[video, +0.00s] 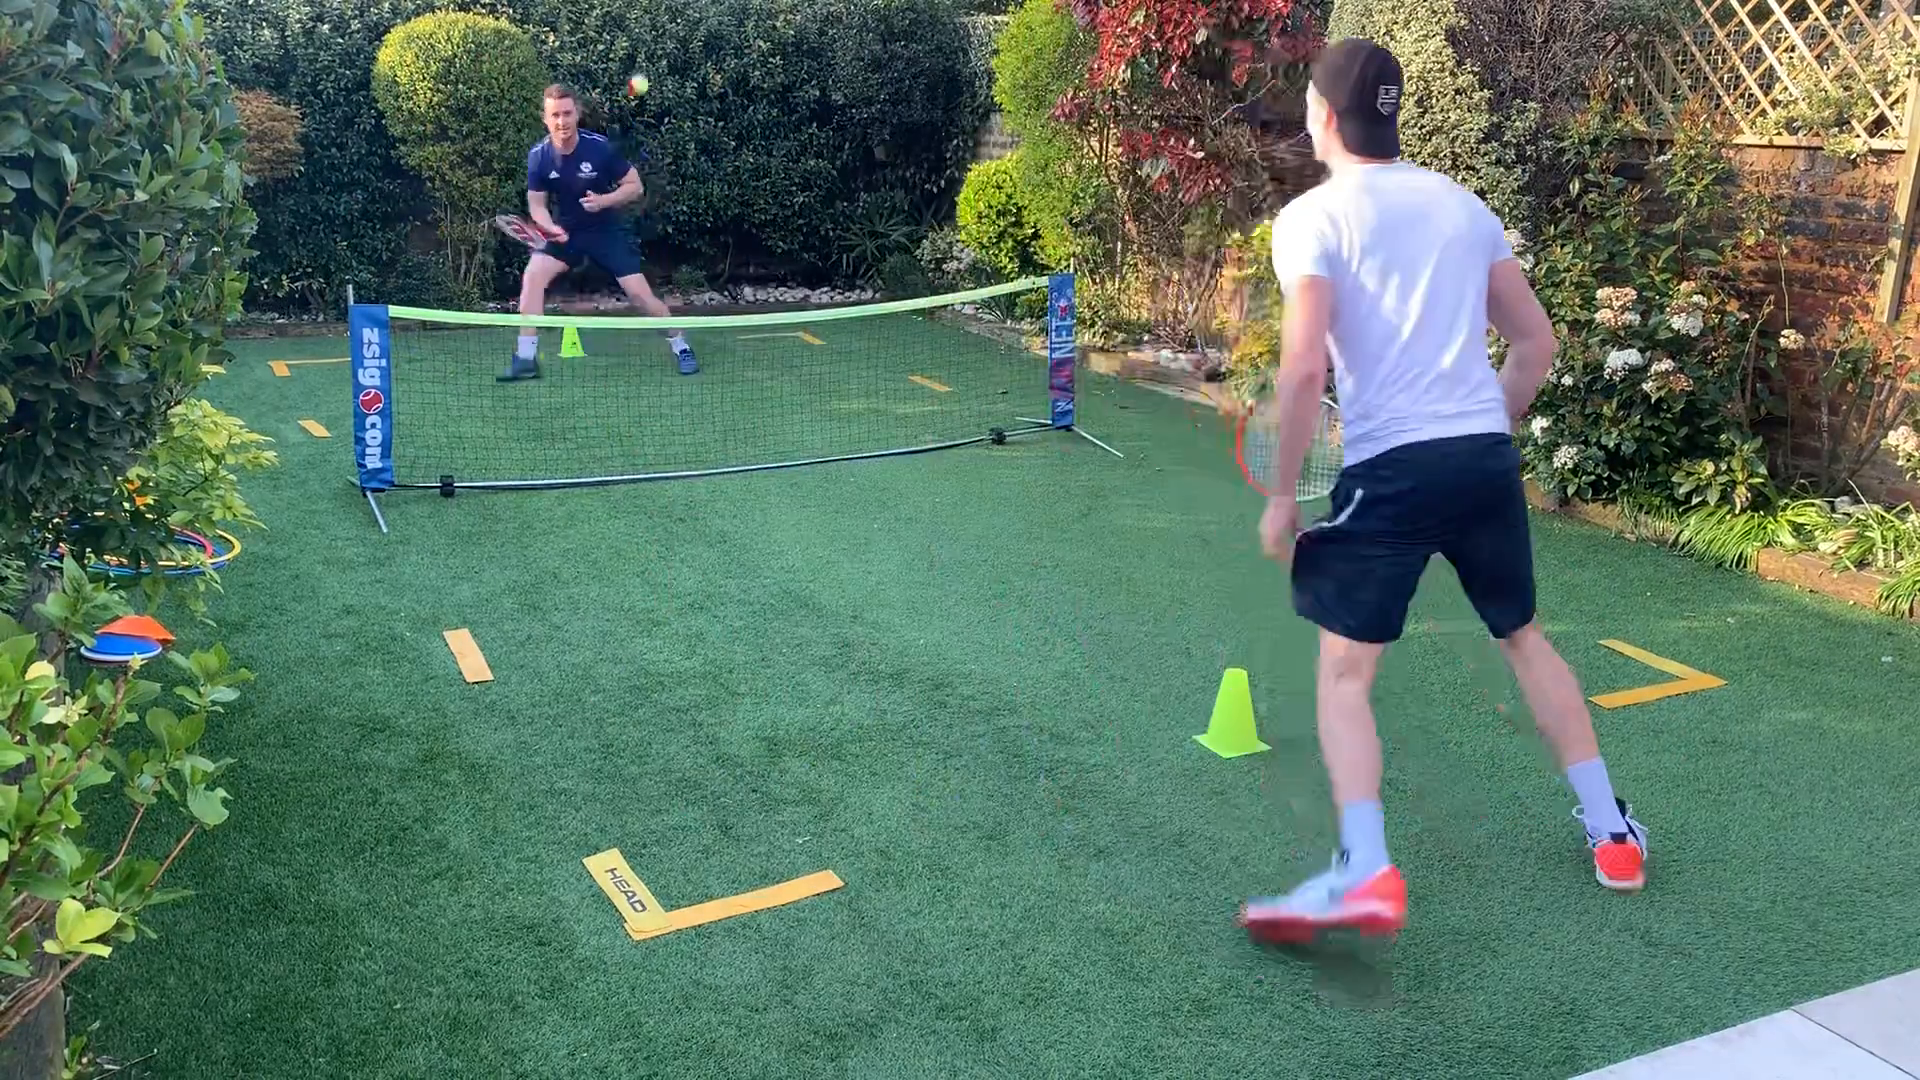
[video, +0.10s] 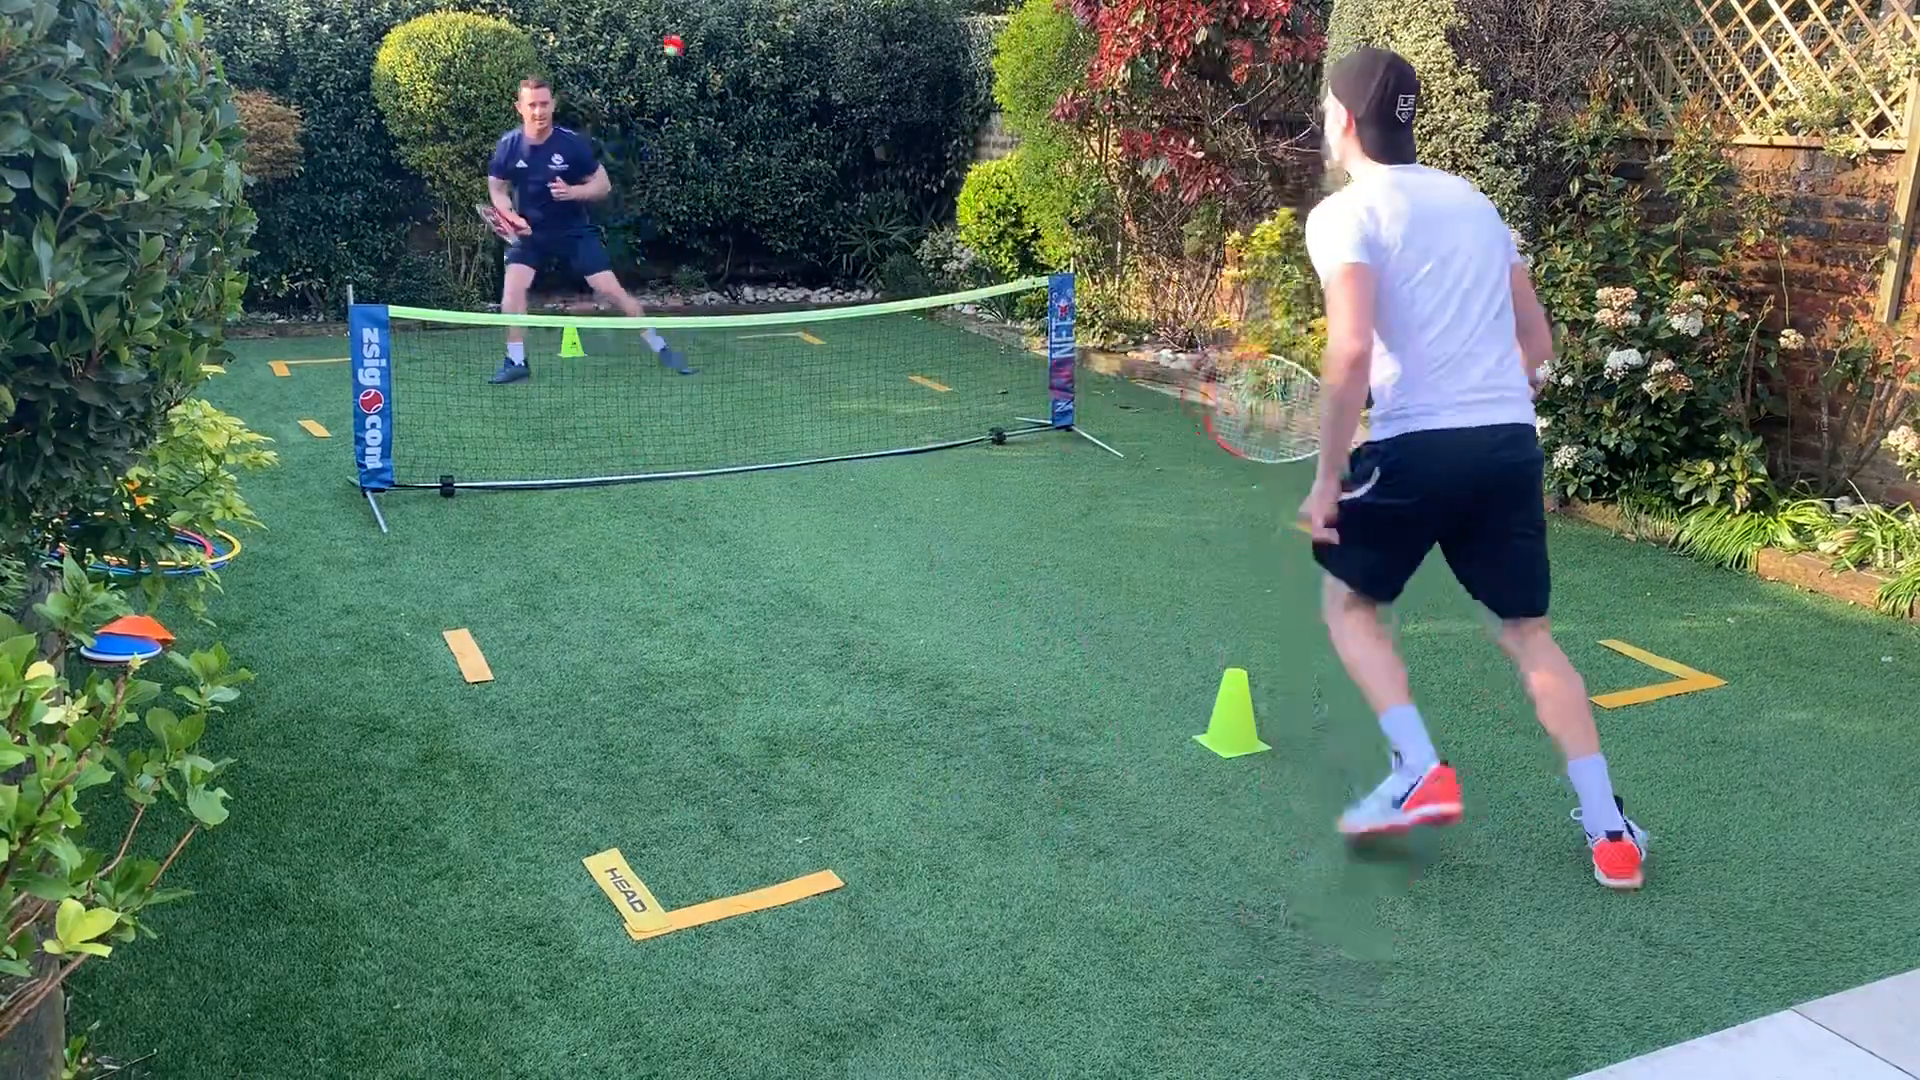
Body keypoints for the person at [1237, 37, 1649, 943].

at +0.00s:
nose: (1306, 122)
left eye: (1309, 108)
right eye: (1309, 106)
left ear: (1324, 116)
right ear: (1396, 114)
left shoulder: (1312, 216)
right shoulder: (1461, 202)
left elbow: (1306, 365)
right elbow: (1536, 343)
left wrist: (1283, 490)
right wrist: (1487, 429)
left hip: (1390, 471)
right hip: (1487, 462)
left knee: (1345, 675)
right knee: (1525, 637)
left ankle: (1364, 868)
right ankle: (1612, 832)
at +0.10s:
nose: (1322, 128)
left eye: (1325, 114)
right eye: (1325, 113)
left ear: (1345, 120)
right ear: (1408, 118)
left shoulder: (1343, 212)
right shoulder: (1472, 201)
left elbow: (1352, 355)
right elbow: (1535, 340)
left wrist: (1326, 478)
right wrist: (1468, 402)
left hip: (1412, 453)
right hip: (1510, 449)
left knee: (1349, 600)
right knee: (1532, 634)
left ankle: (1419, 769)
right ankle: (1608, 823)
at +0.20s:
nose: (1315, 132)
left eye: (1319, 119)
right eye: (1319, 118)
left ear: (1337, 128)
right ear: (1392, 128)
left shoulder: (1347, 212)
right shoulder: (1453, 198)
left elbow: (1352, 345)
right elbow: (1483, 322)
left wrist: (1317, 455)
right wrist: (1398, 423)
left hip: (1446, 427)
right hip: (1527, 425)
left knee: (1344, 535)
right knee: (1494, 599)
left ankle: (1389, 714)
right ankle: (1594, 755)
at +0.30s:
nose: (1308, 162)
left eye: (1312, 149)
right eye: (1310, 149)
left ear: (1331, 157)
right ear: (1382, 154)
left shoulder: (1348, 246)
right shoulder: (1449, 215)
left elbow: (1323, 389)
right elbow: (1479, 344)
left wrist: (1286, 480)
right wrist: (1405, 424)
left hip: (1455, 438)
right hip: (1529, 437)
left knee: (1350, 524)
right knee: (1445, 551)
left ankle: (1378, 700)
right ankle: (1549, 673)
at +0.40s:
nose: (1305, 181)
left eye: (1309, 168)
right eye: (1306, 167)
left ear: (1328, 176)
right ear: (1378, 170)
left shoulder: (1357, 265)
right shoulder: (1441, 220)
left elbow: (1321, 411)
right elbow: (1484, 341)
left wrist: (1282, 478)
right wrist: (1410, 418)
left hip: (1494, 428)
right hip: (1546, 413)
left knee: (1351, 526)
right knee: (1414, 501)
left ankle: (1379, 700)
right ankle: (1486, 654)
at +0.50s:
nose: (1311, 177)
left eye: (1314, 164)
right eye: (1312, 163)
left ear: (1338, 174)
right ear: (1376, 165)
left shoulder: (1389, 253)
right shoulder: (1438, 213)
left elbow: (1373, 398)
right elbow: (1485, 341)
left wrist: (1332, 435)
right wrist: (1415, 405)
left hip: (1522, 409)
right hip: (1555, 391)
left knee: (1364, 523)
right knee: (1422, 496)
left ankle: (1380, 700)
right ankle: (1470, 638)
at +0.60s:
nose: (1324, 185)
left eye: (1328, 171)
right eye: (1323, 171)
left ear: (1361, 175)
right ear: (1379, 169)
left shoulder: (1440, 235)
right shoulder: (1435, 219)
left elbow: (1443, 385)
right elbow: (1471, 348)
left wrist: (1372, 415)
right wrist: (1402, 413)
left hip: (1563, 388)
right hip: (1535, 379)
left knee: (1414, 516)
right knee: (1453, 506)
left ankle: (1386, 698)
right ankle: (1480, 644)